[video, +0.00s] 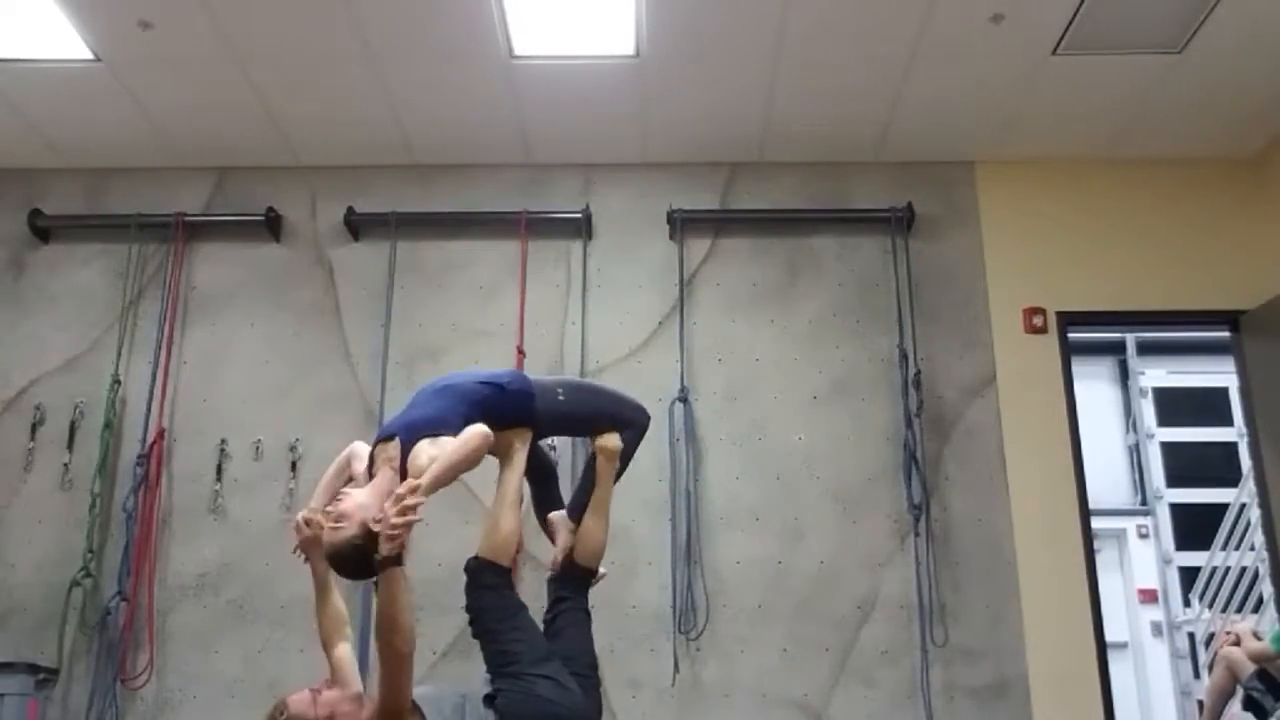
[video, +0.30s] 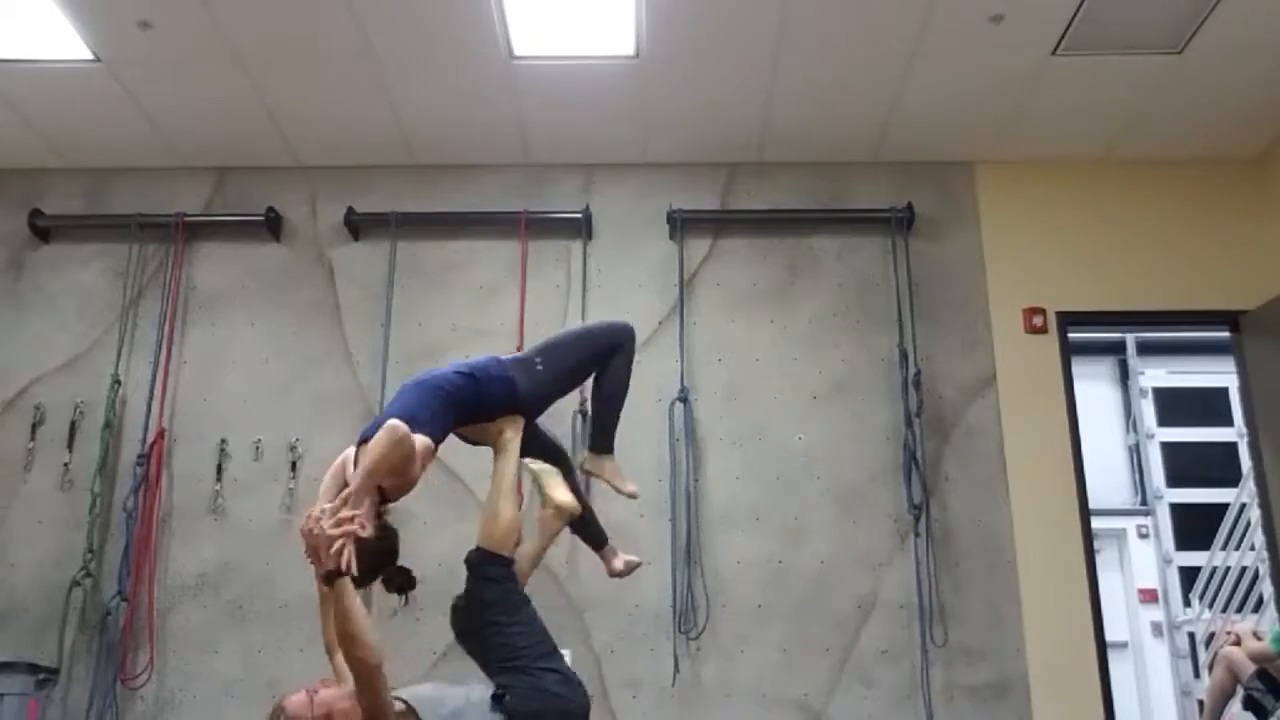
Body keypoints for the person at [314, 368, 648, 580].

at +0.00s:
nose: (339, 502)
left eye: (337, 508)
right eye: (348, 509)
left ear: (339, 504)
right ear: (377, 523)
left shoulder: (374, 460)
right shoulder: (420, 465)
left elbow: (348, 453)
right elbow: (479, 438)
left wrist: (312, 511)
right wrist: (422, 489)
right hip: (524, 404)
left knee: (536, 449)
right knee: (633, 418)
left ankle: (559, 527)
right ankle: (575, 521)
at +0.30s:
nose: (351, 522)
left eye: (345, 525)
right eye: (352, 526)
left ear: (353, 523)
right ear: (368, 527)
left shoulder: (369, 482)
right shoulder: (394, 476)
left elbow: (347, 458)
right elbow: (391, 429)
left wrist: (320, 512)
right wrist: (351, 499)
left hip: (485, 422)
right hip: (513, 386)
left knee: (557, 467)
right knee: (619, 336)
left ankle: (608, 555)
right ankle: (601, 455)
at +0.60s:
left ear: (338, 505)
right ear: (346, 509)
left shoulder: (358, 478)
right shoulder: (357, 457)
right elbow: (318, 471)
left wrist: (301, 525)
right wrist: (316, 507)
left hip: (459, 406)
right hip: (474, 361)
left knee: (549, 451)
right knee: (547, 267)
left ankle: (622, 539)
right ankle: (574, 385)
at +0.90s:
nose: (342, 546)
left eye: (340, 556)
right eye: (351, 549)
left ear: (363, 526)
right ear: (373, 532)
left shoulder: (381, 480)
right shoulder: (387, 477)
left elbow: (326, 476)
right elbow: (309, 450)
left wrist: (303, 533)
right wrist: (276, 520)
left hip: (483, 391)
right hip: (487, 361)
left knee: (545, 391)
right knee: (506, 228)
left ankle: (615, 423)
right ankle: (620, 281)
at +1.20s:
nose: (356, 561)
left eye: (362, 566)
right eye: (366, 565)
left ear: (384, 545)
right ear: (388, 547)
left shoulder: (403, 496)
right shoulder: (400, 489)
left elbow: (345, 467)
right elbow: (324, 448)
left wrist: (317, 527)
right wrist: (302, 522)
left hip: (490, 383)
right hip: (482, 365)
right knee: (445, 235)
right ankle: (439, 92)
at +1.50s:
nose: (370, 555)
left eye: (373, 563)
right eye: (379, 557)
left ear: (393, 543)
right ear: (404, 540)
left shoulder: (424, 493)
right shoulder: (417, 479)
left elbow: (391, 466)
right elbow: (347, 425)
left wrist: (352, 507)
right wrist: (335, 496)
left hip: (475, 365)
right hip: (467, 348)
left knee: (377, 243)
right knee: (375, 239)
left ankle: (298, 130)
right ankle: (293, 127)